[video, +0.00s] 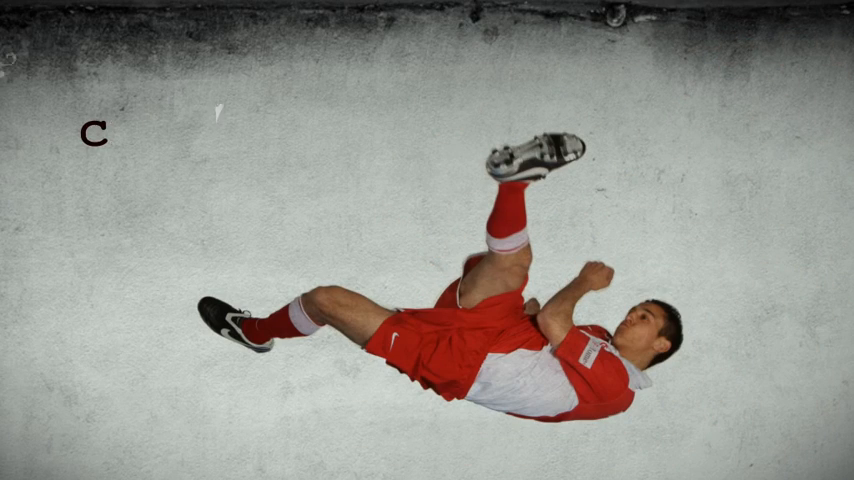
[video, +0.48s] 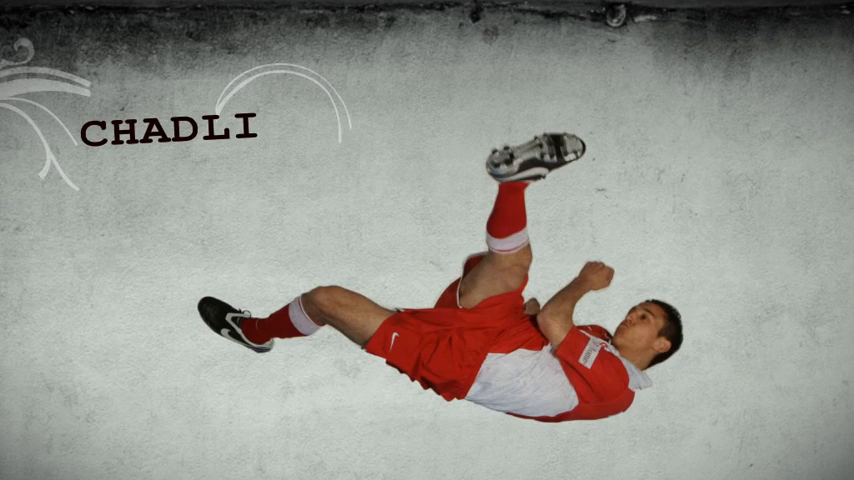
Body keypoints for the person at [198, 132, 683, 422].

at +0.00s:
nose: (633, 317)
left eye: (645, 319)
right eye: (636, 313)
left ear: (658, 347)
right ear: (631, 326)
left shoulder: (616, 386)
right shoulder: (597, 349)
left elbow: (549, 324)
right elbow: (519, 325)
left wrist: (583, 283)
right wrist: (469, 288)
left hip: (452, 360)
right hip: (482, 323)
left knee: (324, 299)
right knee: (509, 257)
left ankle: (256, 333)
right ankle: (512, 177)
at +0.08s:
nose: (633, 317)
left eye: (645, 319)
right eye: (636, 313)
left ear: (658, 347)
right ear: (631, 326)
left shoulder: (616, 386)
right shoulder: (597, 349)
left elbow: (550, 324)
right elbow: (519, 325)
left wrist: (583, 283)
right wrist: (469, 288)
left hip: (452, 360)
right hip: (482, 323)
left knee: (323, 299)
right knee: (509, 257)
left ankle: (256, 333)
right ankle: (512, 177)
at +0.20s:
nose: (633, 318)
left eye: (645, 319)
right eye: (636, 313)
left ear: (658, 347)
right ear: (631, 326)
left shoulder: (616, 386)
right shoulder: (597, 349)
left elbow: (549, 324)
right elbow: (519, 325)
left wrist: (583, 283)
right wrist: (469, 287)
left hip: (452, 360)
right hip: (482, 323)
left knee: (323, 299)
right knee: (509, 257)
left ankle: (256, 333)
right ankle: (512, 177)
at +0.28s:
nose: (633, 317)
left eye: (645, 319)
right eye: (636, 313)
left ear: (658, 347)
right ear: (631, 326)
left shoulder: (616, 386)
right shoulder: (597, 349)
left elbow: (549, 324)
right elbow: (518, 324)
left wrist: (583, 283)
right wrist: (470, 286)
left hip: (452, 360)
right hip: (482, 323)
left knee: (323, 298)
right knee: (509, 257)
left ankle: (256, 333)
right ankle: (512, 176)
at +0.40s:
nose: (633, 317)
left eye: (645, 319)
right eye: (637, 313)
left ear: (658, 347)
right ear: (631, 326)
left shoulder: (616, 386)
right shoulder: (597, 349)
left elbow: (549, 324)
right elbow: (519, 324)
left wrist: (583, 283)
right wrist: (470, 286)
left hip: (452, 360)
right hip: (482, 323)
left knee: (323, 298)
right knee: (509, 257)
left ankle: (256, 333)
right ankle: (512, 176)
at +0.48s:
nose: (633, 317)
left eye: (645, 319)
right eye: (637, 313)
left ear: (658, 348)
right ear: (631, 326)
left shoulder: (616, 386)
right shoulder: (597, 349)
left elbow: (549, 324)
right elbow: (519, 324)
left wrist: (583, 283)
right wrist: (468, 286)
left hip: (451, 360)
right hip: (481, 323)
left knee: (324, 299)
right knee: (509, 257)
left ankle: (256, 333)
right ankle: (512, 176)